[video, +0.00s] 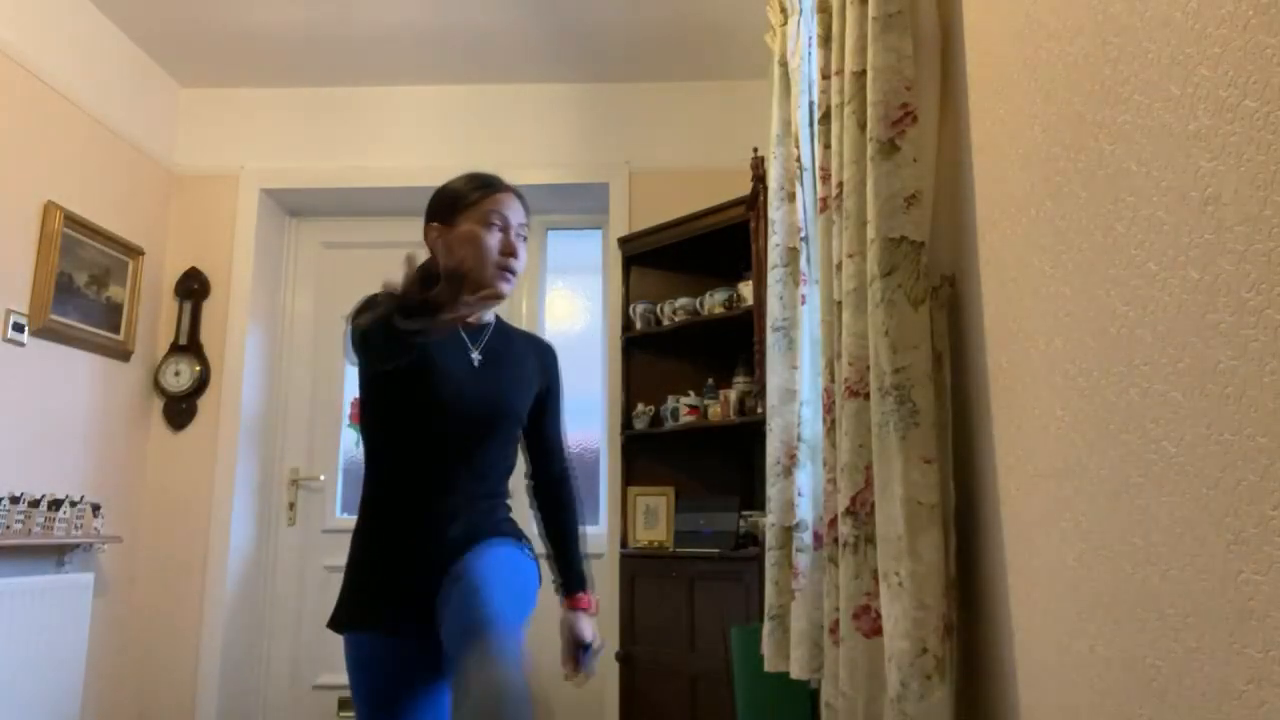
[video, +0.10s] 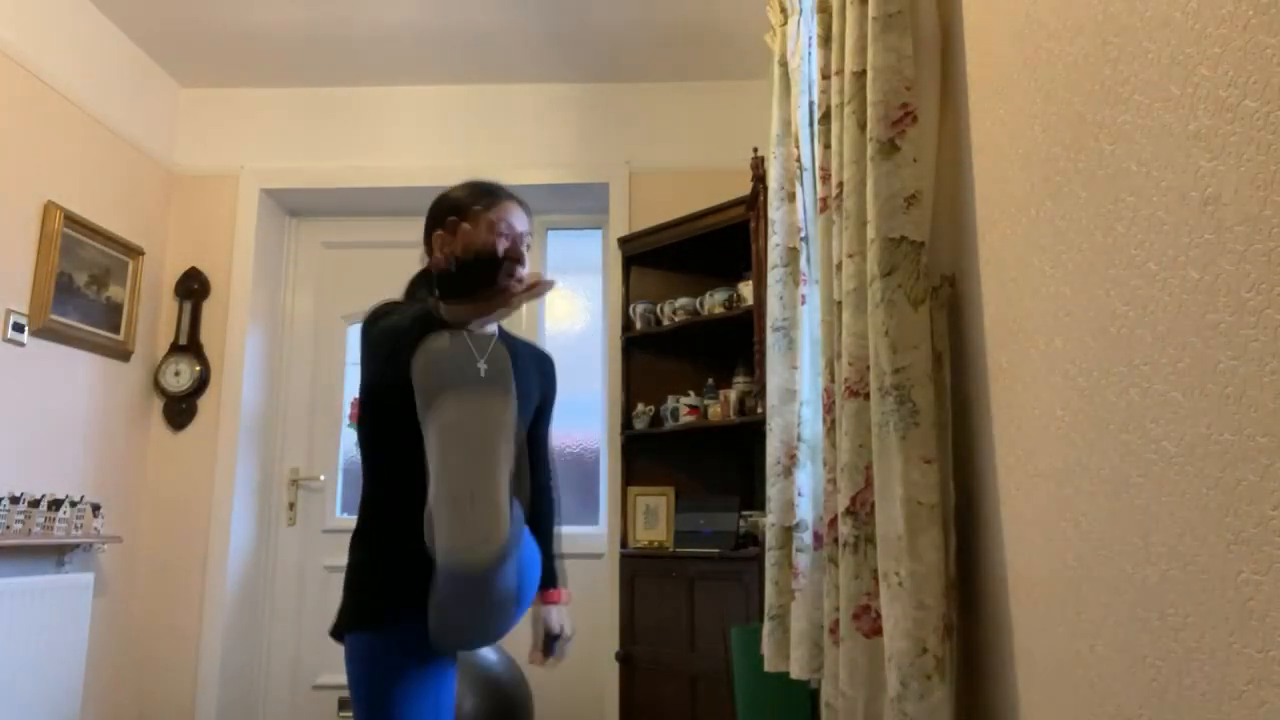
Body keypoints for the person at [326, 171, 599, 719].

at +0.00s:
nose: (515, 247)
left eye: (522, 234)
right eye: (495, 225)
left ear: (524, 251)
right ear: (437, 239)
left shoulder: (533, 357)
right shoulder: (385, 317)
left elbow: (550, 479)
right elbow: (380, 336)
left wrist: (578, 598)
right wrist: (455, 311)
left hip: (486, 546)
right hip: (391, 566)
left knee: (485, 622)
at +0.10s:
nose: (519, 256)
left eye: (525, 244)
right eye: (503, 235)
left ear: (531, 259)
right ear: (442, 243)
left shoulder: (532, 364)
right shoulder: (388, 327)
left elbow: (537, 480)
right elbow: (406, 330)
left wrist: (551, 591)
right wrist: (479, 306)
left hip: (496, 592)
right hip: (393, 595)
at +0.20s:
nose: (521, 258)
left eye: (525, 247)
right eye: (503, 238)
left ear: (527, 262)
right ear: (443, 250)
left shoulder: (533, 368)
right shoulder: (389, 329)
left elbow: (526, 487)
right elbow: (401, 346)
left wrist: (521, 613)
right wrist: (486, 327)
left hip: (490, 595)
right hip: (396, 596)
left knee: (499, 553)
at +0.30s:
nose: (517, 249)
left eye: (524, 237)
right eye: (498, 229)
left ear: (529, 252)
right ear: (444, 242)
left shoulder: (533, 360)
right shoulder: (391, 323)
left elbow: (521, 475)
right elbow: (396, 360)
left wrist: (513, 566)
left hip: (500, 592)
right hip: (405, 589)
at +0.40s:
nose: (507, 236)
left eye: (519, 225)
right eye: (487, 217)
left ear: (526, 246)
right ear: (441, 233)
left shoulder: (540, 352)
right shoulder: (387, 315)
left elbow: (533, 473)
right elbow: (376, 370)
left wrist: (528, 553)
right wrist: (389, 426)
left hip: (505, 552)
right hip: (405, 556)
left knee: (503, 667)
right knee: (401, 708)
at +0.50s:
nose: (501, 232)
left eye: (516, 222)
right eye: (482, 215)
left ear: (529, 244)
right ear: (442, 232)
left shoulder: (551, 348)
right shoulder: (390, 319)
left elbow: (556, 473)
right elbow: (353, 413)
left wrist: (561, 577)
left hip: (514, 575)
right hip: (408, 574)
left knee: (519, 712)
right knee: (404, 711)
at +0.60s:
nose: (502, 233)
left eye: (519, 222)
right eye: (484, 216)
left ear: (536, 245)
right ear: (449, 235)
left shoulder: (563, 348)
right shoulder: (400, 330)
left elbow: (591, 477)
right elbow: (342, 448)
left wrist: (613, 598)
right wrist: (289, 559)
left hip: (529, 600)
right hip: (416, 596)